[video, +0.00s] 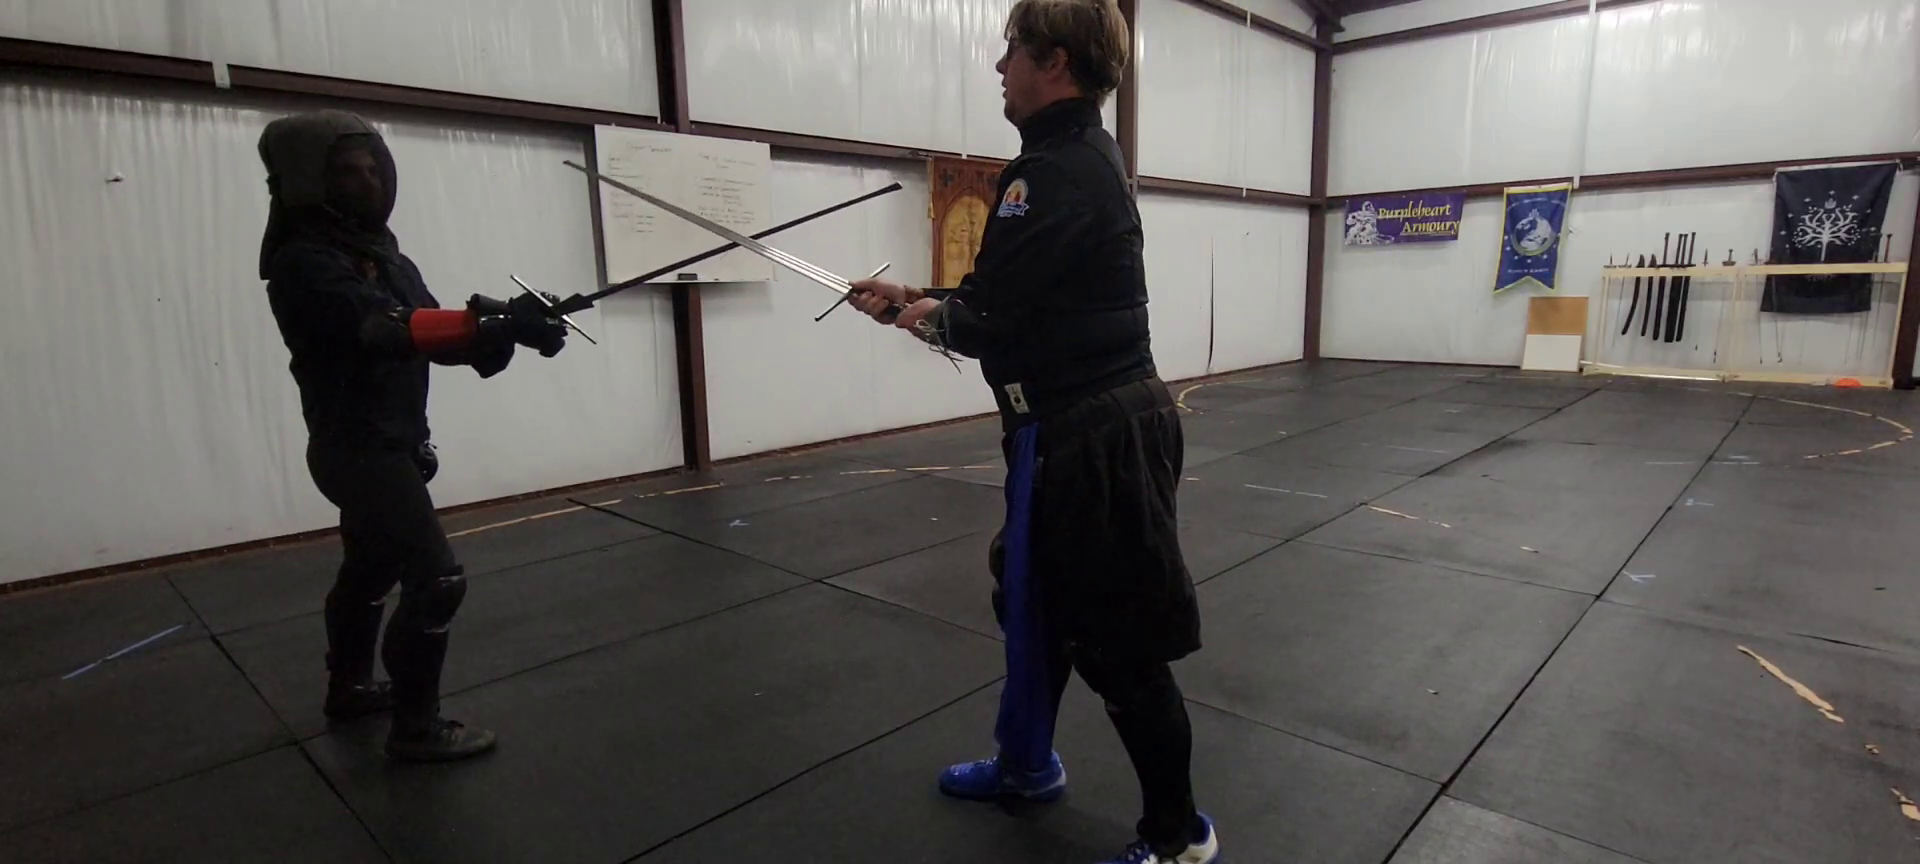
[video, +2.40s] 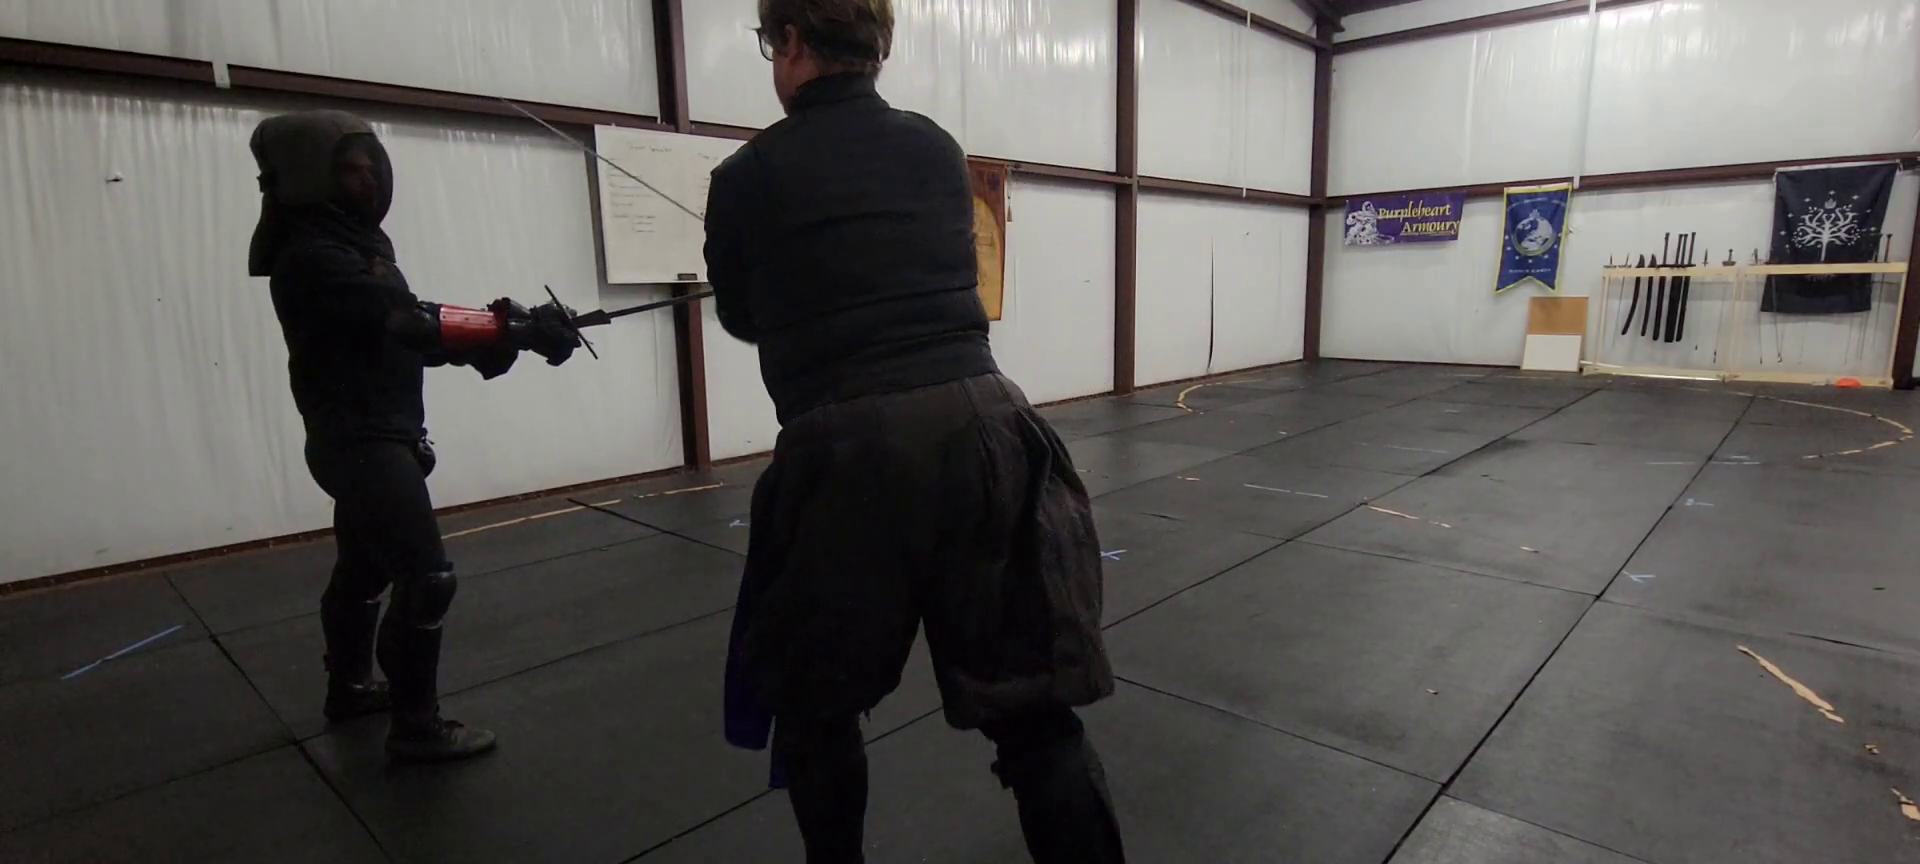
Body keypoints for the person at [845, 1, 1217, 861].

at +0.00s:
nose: (999, 67)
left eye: (1012, 54)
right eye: (1005, 53)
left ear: (1055, 67)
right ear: (1059, 69)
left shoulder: (1054, 174)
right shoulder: (1071, 159)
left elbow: (999, 323)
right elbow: (994, 294)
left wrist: (933, 319)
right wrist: (912, 301)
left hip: (1092, 429)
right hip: (1089, 417)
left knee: (1117, 632)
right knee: (1026, 593)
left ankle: (1175, 831)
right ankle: (1026, 763)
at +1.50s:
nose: (949, 79)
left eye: (963, 66)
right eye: (955, 65)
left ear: (1007, 79)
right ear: (1024, 83)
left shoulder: (972, 177)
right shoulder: (1054, 174)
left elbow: (899, 307)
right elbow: (1017, 292)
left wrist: (886, 314)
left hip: (1008, 420)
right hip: (1074, 402)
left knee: (1017, 620)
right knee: (1032, 591)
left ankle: (1126, 802)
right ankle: (1030, 761)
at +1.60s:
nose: (935, 76)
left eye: (948, 63)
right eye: (940, 62)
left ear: (989, 76)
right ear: (1006, 82)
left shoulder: (959, 181)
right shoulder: (1042, 175)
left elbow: (888, 305)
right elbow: (1006, 288)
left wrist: (881, 340)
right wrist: (915, 318)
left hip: (994, 424)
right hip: (1065, 406)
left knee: (970, 609)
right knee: (1027, 593)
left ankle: (1049, 827)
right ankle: (1022, 759)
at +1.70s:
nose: (918, 77)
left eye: (930, 64)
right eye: (923, 63)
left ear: (971, 76)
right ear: (989, 82)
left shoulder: (944, 182)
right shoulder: (1026, 176)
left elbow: (872, 301)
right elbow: (987, 290)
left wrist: (852, 333)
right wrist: (891, 318)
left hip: (980, 426)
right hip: (1053, 407)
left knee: (941, 623)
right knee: (1014, 593)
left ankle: (954, 833)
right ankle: (1031, 761)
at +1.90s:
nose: (885, 84)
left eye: (893, 69)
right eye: (888, 68)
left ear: (932, 75)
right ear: (961, 81)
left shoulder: (905, 182)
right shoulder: (995, 174)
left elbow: (825, 303)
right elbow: (910, 273)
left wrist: (762, 315)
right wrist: (798, 289)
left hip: (934, 433)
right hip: (1027, 417)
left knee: (861, 639)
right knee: (988, 602)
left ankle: (842, 845)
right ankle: (1024, 760)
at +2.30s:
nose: (773, 63)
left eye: (776, 44)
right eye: (774, 45)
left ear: (801, 45)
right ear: (874, 50)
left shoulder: (762, 166)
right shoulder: (930, 144)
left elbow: (730, 288)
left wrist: (720, 212)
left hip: (852, 441)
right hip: (982, 419)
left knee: (825, 696)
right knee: (1032, 690)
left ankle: (836, 857)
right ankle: (1087, 850)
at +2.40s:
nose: (770, 68)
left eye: (771, 47)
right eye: (771, 48)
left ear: (793, 46)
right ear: (875, 47)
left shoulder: (746, 176)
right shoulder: (936, 146)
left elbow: (741, 314)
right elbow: (949, 273)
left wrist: (849, 278)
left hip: (843, 450)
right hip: (979, 428)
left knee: (817, 703)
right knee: (1029, 705)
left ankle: (835, 855)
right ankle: (1088, 848)